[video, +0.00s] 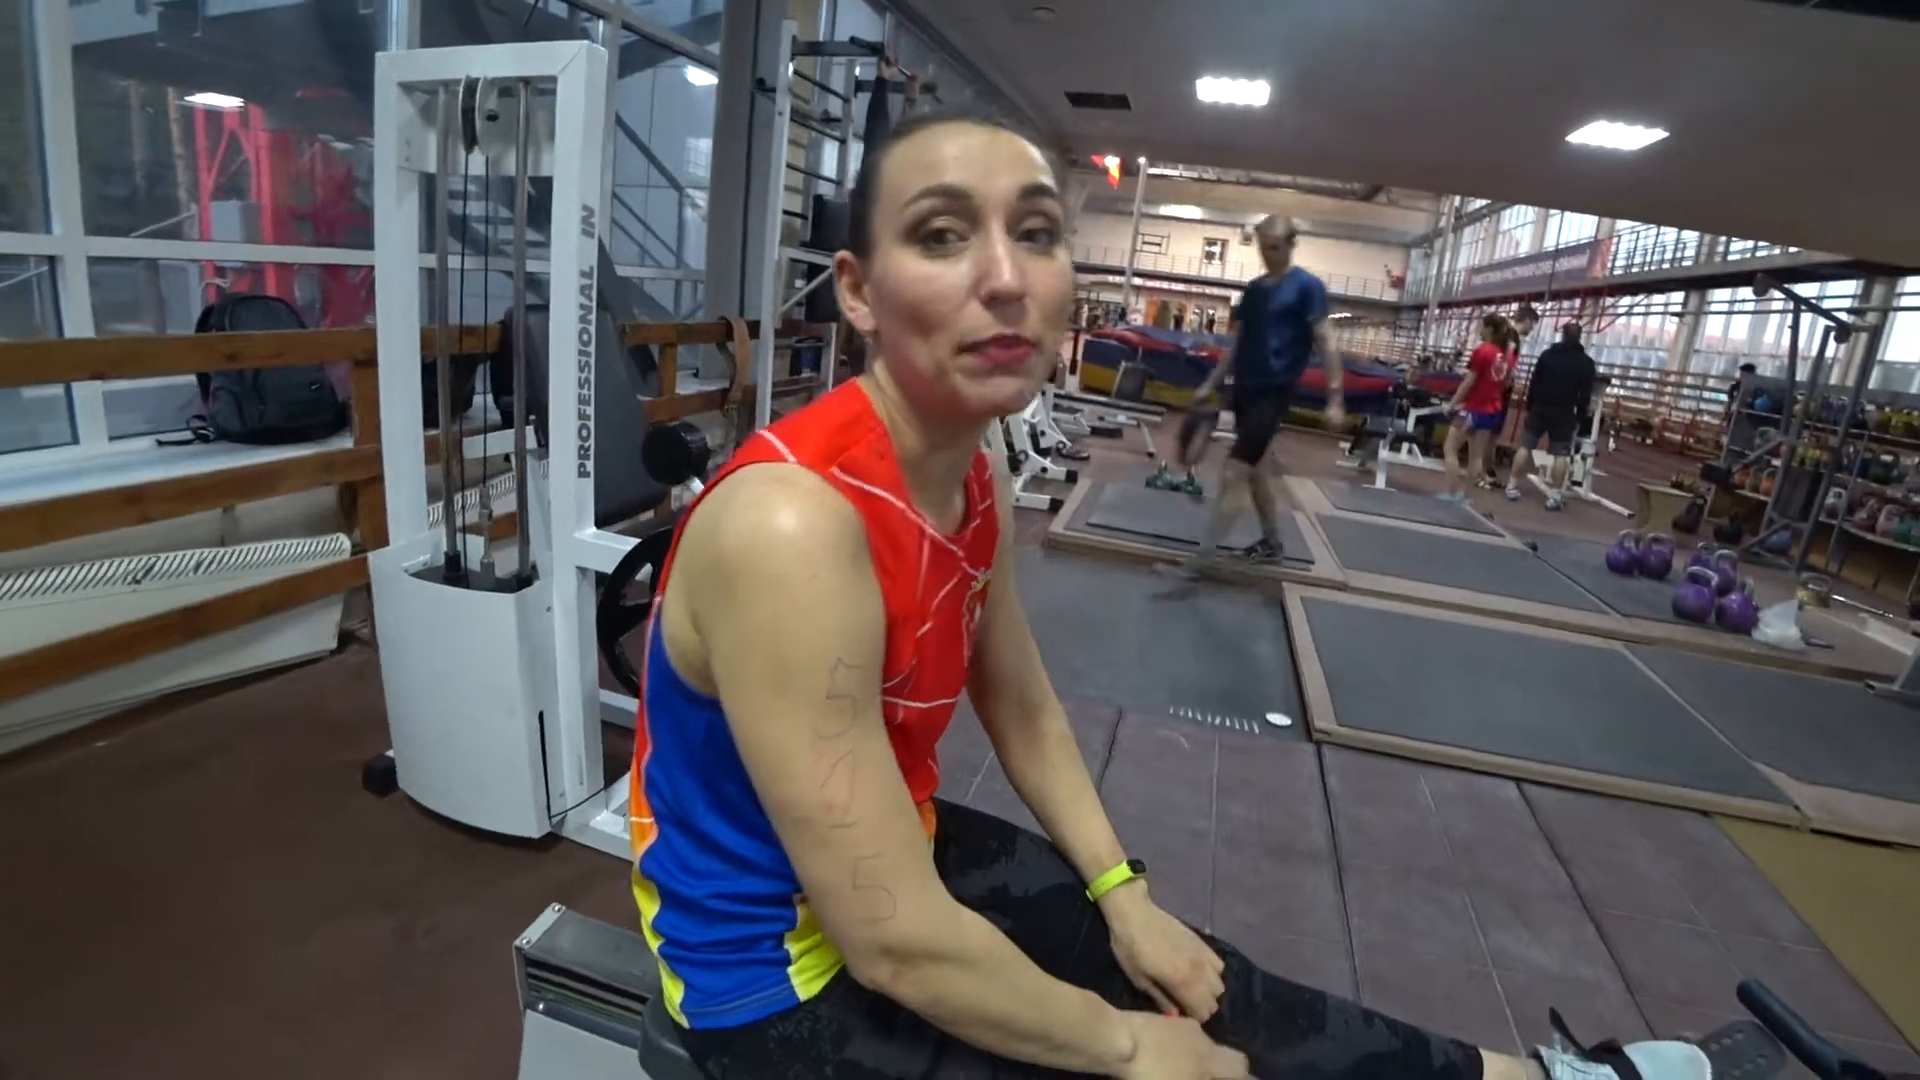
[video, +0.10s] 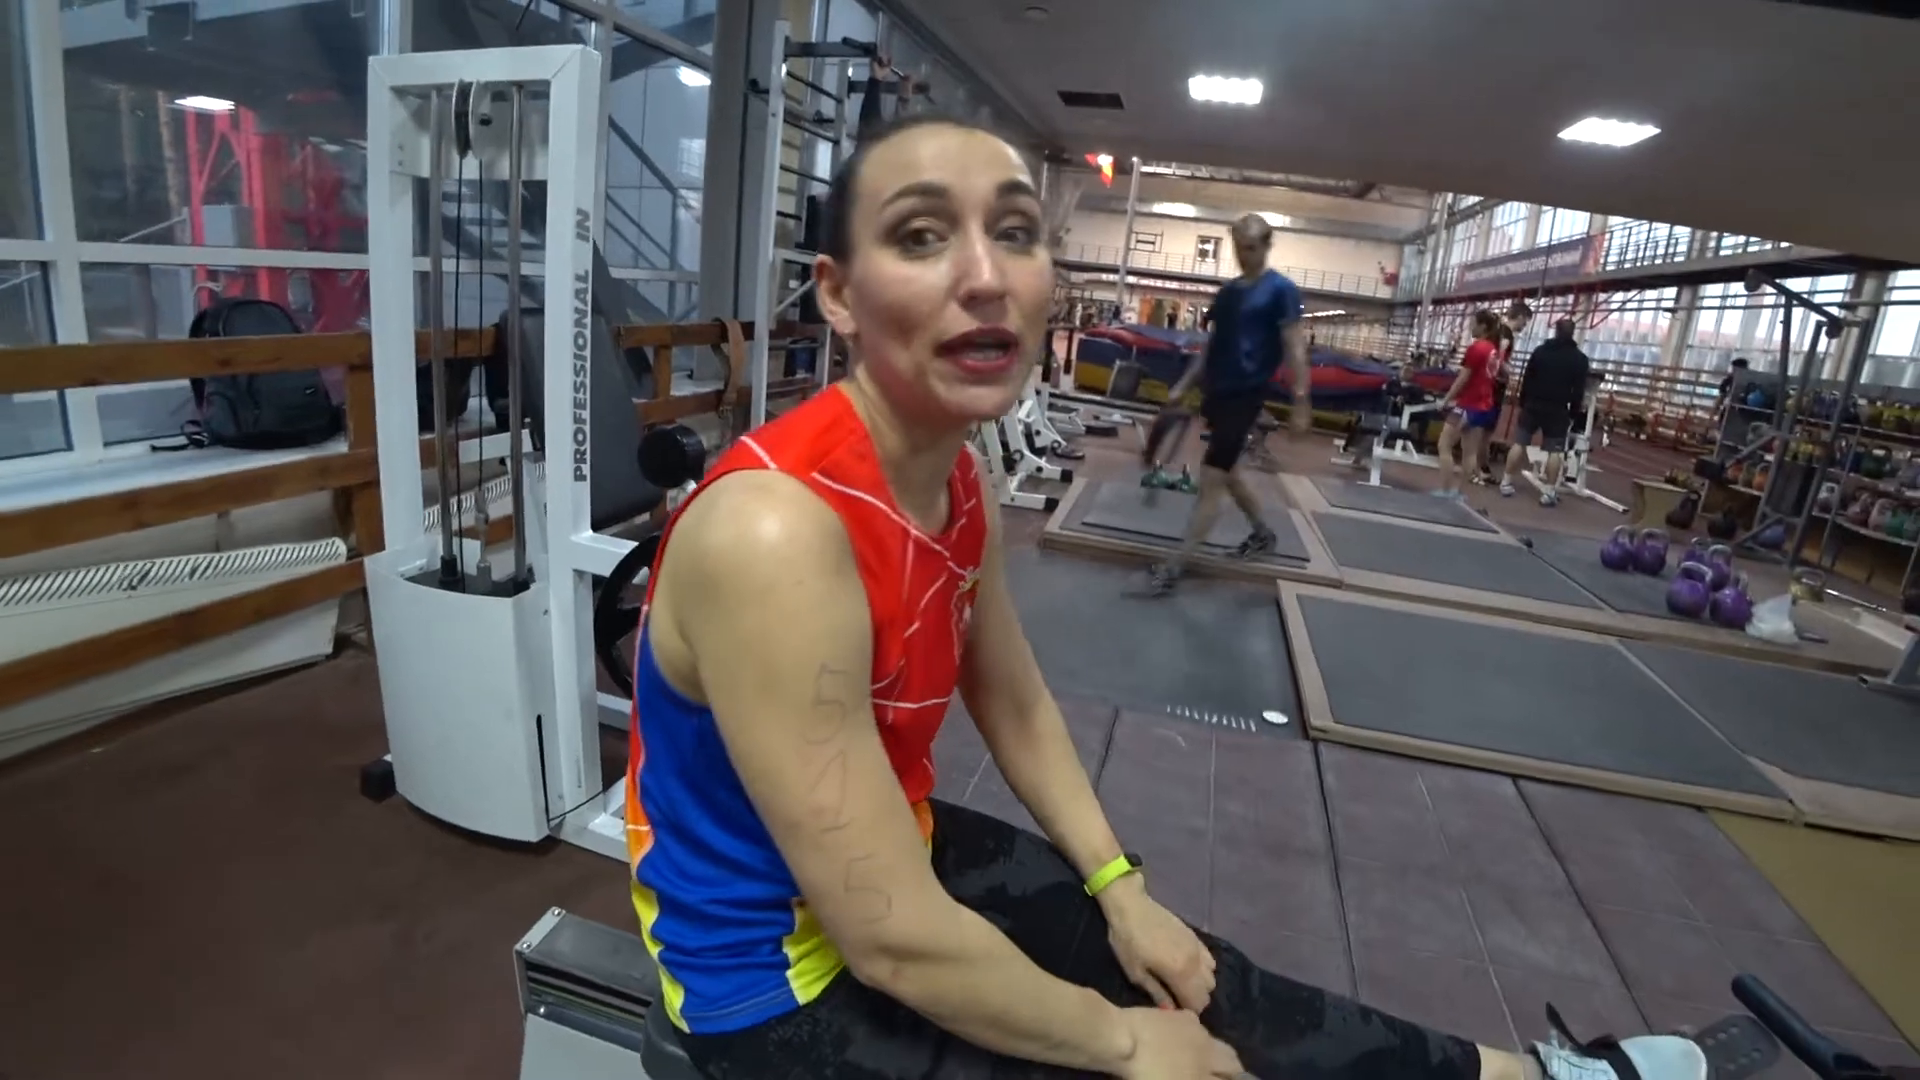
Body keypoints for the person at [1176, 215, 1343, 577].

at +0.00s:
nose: (1270, 253)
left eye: (1276, 246)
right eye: (1265, 246)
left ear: (1291, 245)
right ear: (1258, 245)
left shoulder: (1307, 287)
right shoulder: (1255, 289)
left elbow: (1327, 342)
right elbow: (1236, 345)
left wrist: (1335, 399)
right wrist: (1210, 384)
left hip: (1276, 391)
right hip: (1246, 388)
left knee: (1234, 469)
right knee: (1258, 468)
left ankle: (1204, 555)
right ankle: (1271, 541)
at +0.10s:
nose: (1244, 255)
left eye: (1251, 247)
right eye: (1239, 247)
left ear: (1267, 246)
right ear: (1233, 247)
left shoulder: (1281, 290)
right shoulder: (1229, 292)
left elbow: (1296, 348)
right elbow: (1210, 349)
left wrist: (1301, 402)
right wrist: (1180, 388)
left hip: (1248, 394)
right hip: (1218, 391)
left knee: (1212, 475)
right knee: (1227, 471)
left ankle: (1175, 566)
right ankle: (1262, 532)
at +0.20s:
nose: (1214, 251)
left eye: (1222, 244)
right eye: (1212, 243)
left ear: (1243, 243)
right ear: (1211, 243)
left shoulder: (1257, 288)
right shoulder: (1207, 290)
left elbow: (1264, 354)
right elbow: (1187, 350)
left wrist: (1258, 411)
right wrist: (1159, 389)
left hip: (1223, 397)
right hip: (1191, 393)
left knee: (1194, 483)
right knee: (1178, 475)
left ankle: (1164, 570)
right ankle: (1234, 516)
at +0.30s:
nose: (1191, 245)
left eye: (1198, 238)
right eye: (1189, 238)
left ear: (1220, 238)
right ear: (1189, 237)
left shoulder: (1234, 282)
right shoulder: (1187, 282)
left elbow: (1231, 349)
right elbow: (1171, 345)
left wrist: (1208, 404)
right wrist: (1146, 384)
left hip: (1200, 395)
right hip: (1168, 390)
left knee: (1184, 487)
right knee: (1139, 473)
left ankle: (1162, 571)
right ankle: (1191, 518)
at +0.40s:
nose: (1168, 239)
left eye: (1174, 231)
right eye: (1167, 231)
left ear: (1198, 229)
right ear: (1172, 230)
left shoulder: (1216, 275)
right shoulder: (1171, 275)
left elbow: (1203, 338)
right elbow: (1157, 334)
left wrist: (1162, 383)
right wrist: (1136, 376)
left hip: (1188, 388)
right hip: (1152, 380)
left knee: (1174, 478)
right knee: (1111, 458)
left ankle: (1164, 568)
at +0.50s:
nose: (1144, 229)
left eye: (1152, 221)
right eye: (1144, 221)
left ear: (1177, 221)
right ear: (1158, 222)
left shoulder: (1195, 267)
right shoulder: (1150, 270)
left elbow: (1182, 326)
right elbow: (1141, 327)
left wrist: (1125, 357)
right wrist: (1115, 369)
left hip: (1170, 381)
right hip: (1134, 376)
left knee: (1167, 473)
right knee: (1096, 458)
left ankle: (1164, 563)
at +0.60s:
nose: (1135, 218)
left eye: (1143, 210)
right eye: (1133, 210)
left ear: (1159, 213)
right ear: (1126, 213)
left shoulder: (1171, 257)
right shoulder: (1117, 258)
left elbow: (1161, 321)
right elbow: (1094, 312)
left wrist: (1100, 345)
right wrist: (1082, 347)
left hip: (1147, 373)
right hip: (1109, 370)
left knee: (1147, 470)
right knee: (1077, 458)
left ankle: (1165, 554)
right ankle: (1037, 552)